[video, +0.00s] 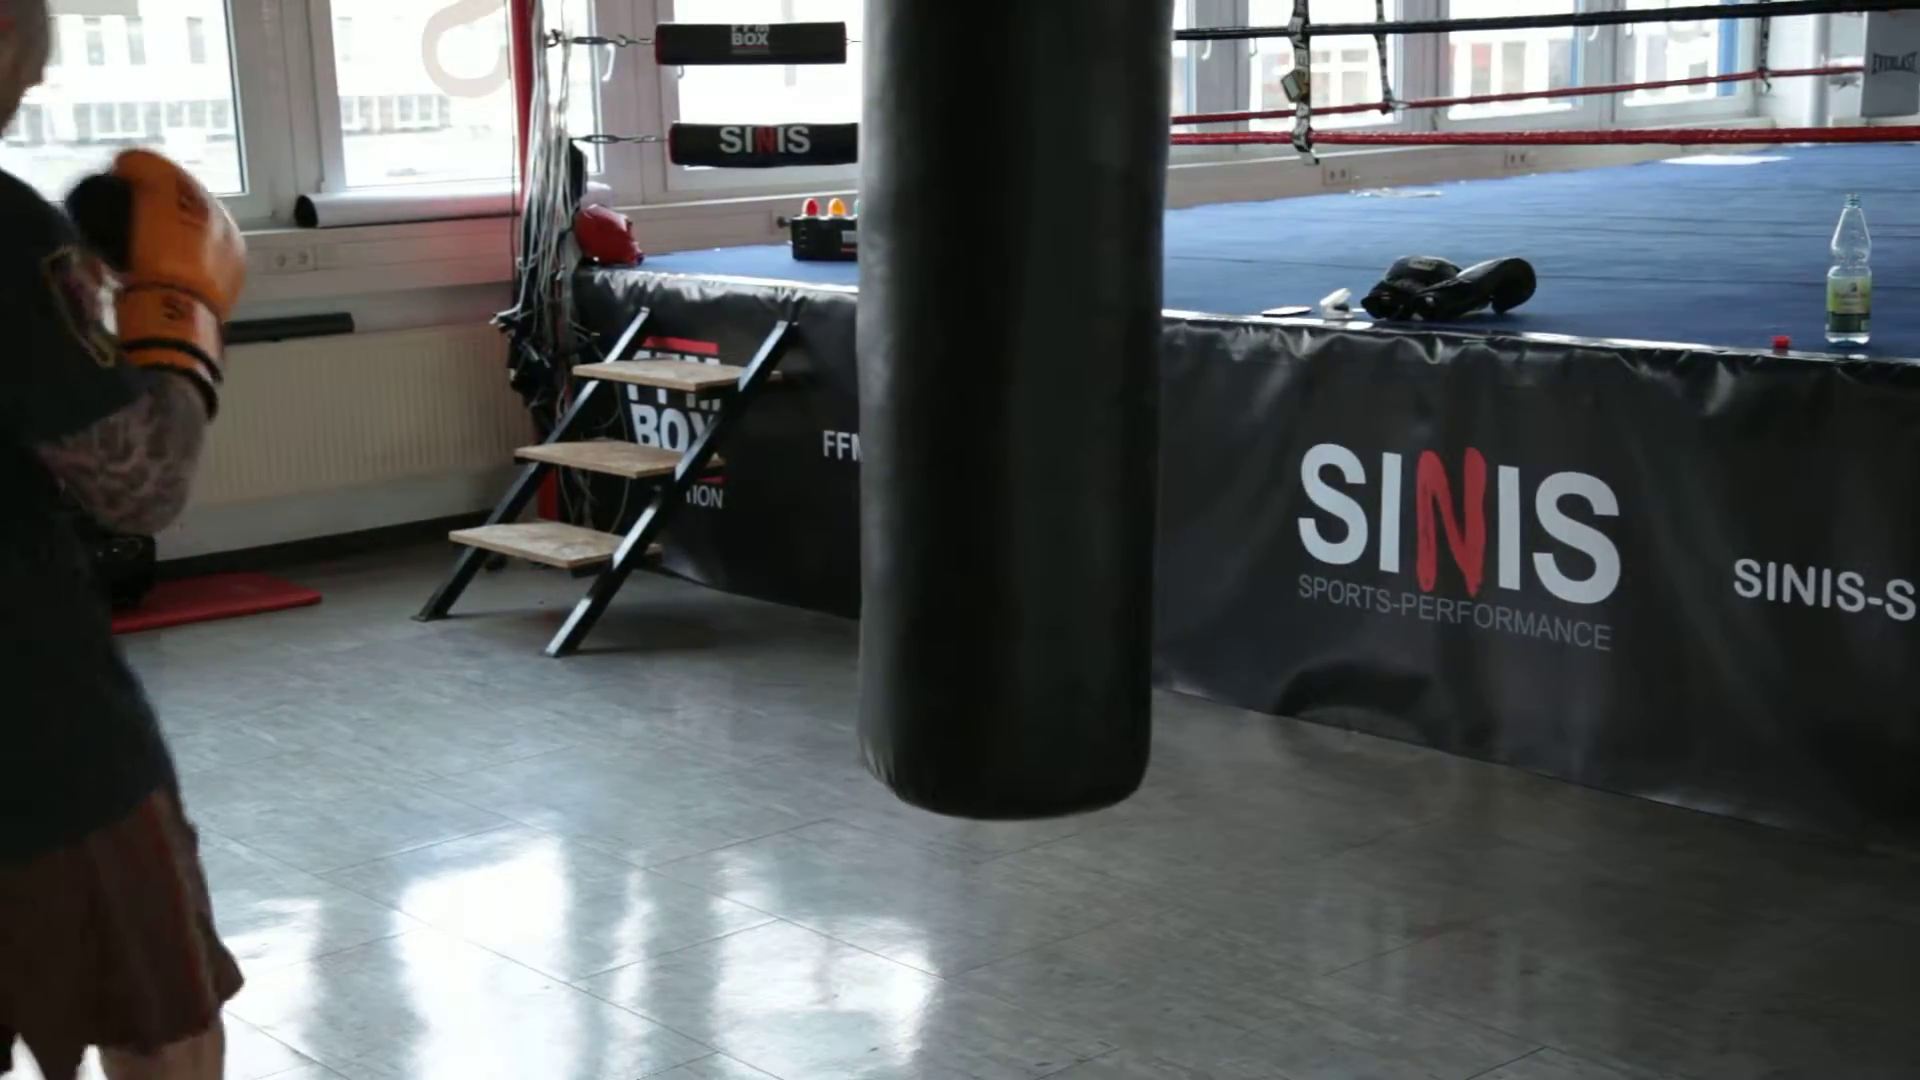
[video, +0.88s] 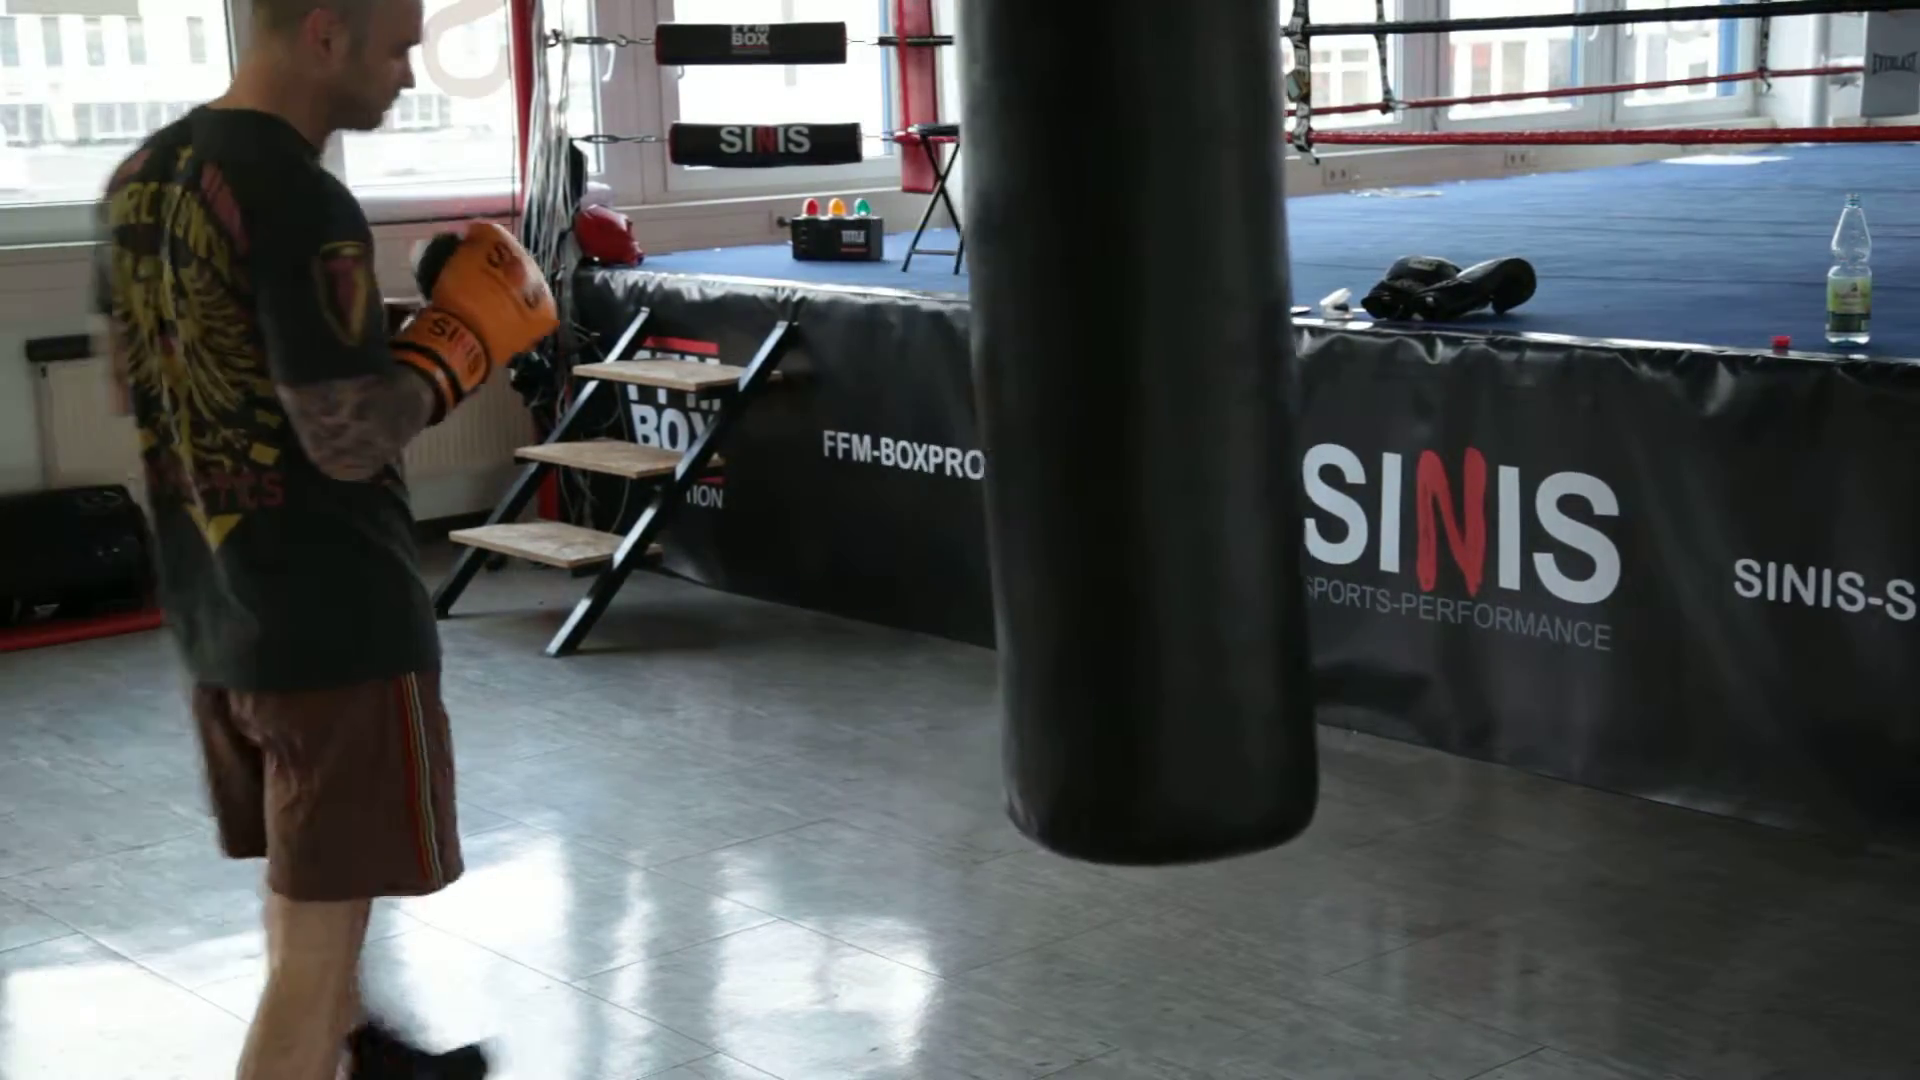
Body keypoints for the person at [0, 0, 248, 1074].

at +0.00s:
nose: (40, 59)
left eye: (38, 38)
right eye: (34, 34)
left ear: (12, 40)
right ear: (4, 29)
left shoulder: (16, 222)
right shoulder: (7, 226)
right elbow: (134, 485)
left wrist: (74, 333)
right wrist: (177, 303)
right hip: (45, 711)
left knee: (58, 1034)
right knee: (167, 1040)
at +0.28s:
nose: (180, 155)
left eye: (190, 128)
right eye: (184, 120)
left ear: (47, 66)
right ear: (141, 76)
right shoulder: (145, 236)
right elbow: (266, 485)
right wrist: (269, 298)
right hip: (130, 685)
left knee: (3, 1019)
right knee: (209, 1006)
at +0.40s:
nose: (257, 128)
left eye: (270, 105)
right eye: (264, 101)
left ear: (122, 48)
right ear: (224, 76)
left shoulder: (10, 181)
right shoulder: (233, 248)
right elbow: (321, 478)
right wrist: (336, 301)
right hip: (202, 667)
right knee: (247, 986)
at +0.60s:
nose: (328, 94)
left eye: (337, 67)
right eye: (333, 62)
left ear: (191, 30)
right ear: (281, 38)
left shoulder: (23, 186)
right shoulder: (299, 216)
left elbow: (24, 414)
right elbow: (388, 446)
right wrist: (433, 297)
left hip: (108, 630)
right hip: (273, 639)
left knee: (120, 900)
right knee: (276, 966)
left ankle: (60, 1078)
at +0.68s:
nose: (346, 88)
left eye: (354, 64)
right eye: (349, 59)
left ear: (222, 30)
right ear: (293, 36)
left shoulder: (47, 194)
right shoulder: (304, 214)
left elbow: (19, 405)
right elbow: (396, 440)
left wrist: (150, 409)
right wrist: (455, 313)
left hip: (140, 628)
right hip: (295, 635)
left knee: (171, 878)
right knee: (291, 969)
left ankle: (114, 1072)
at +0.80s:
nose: (385, 75)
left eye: (390, 49)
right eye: (381, 46)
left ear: (264, 30)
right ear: (310, 32)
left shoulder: (103, 183)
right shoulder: (304, 203)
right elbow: (373, 436)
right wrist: (461, 322)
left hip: (184, 624)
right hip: (313, 634)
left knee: (239, 889)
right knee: (300, 976)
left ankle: (264, 1067)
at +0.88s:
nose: (409, 77)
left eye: (412, 50)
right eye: (401, 47)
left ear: (300, 31)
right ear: (325, 33)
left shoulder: (141, 182)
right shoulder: (302, 202)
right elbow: (349, 429)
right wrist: (460, 338)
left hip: (217, 614)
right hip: (326, 629)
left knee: (295, 869)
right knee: (312, 965)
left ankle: (348, 1039)